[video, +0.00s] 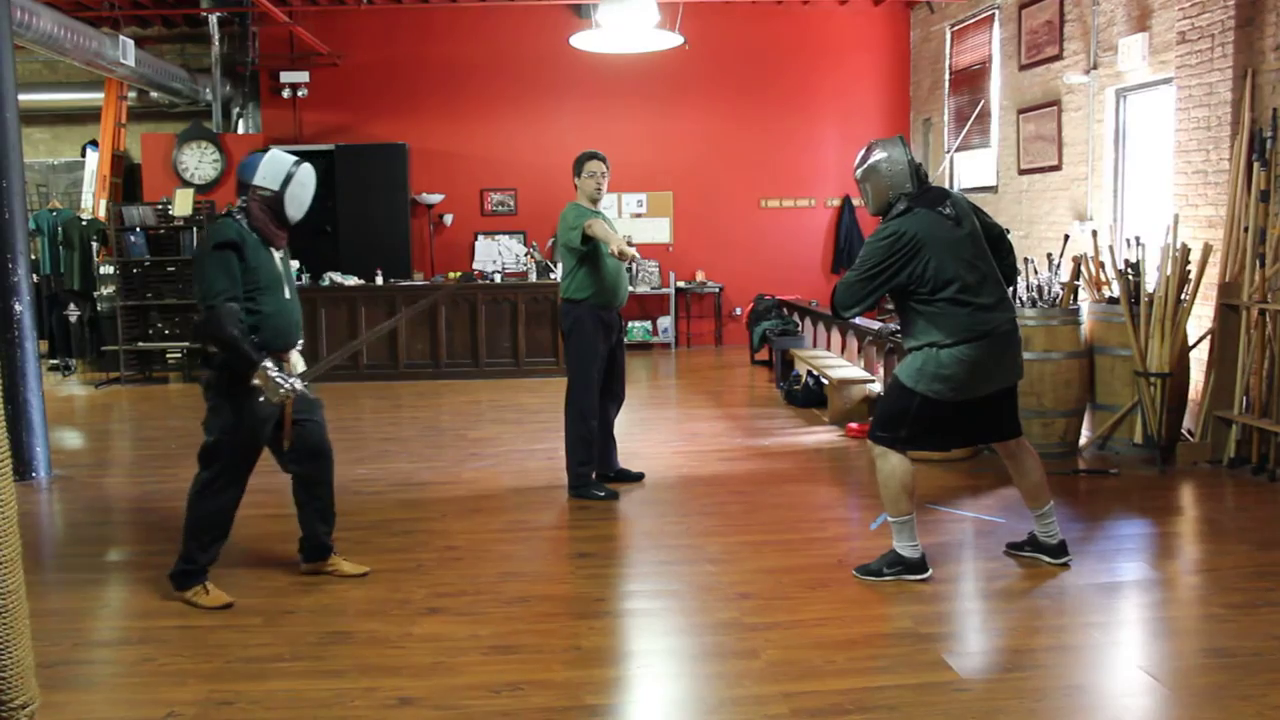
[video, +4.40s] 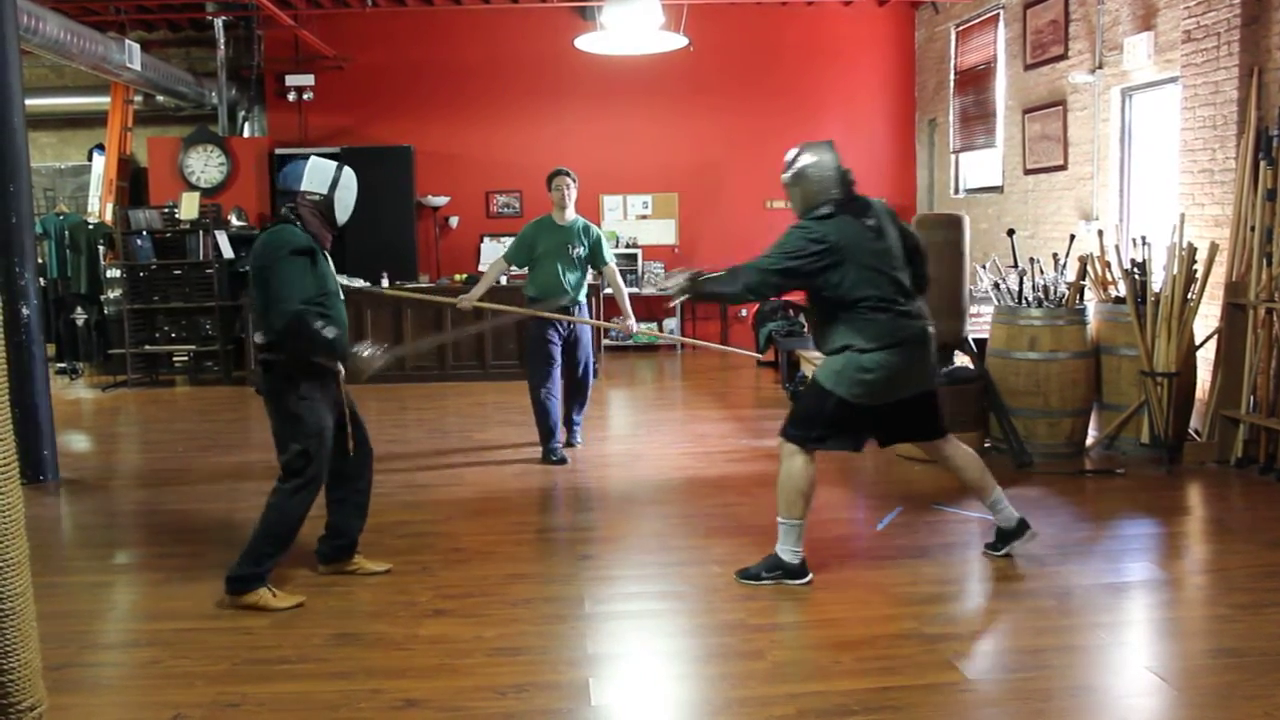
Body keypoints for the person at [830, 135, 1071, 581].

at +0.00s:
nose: (863, 198)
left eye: (865, 188)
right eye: (862, 188)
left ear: (883, 185)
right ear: (911, 177)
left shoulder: (895, 233)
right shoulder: (957, 205)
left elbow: (843, 302)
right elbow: (1003, 249)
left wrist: (882, 275)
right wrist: (992, 297)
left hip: (945, 355)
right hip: (1001, 346)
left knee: (886, 438)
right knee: (1009, 438)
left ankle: (907, 553)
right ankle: (1050, 538)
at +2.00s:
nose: (881, 193)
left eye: (882, 182)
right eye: (880, 183)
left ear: (899, 179)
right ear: (928, 172)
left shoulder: (910, 228)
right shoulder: (974, 206)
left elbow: (859, 296)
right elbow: (1016, 259)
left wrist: (888, 277)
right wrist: (992, 298)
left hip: (954, 356)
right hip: (1009, 348)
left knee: (898, 439)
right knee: (1016, 440)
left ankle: (911, 554)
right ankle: (1054, 539)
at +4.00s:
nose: (875, 186)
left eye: (877, 176)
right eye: (875, 177)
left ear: (894, 176)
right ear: (923, 170)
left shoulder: (906, 224)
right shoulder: (966, 206)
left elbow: (852, 293)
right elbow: (1005, 261)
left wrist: (892, 272)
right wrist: (983, 299)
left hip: (937, 353)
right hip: (990, 348)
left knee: (871, 431)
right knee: (976, 442)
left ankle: (887, 544)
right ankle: (1023, 538)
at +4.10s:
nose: (860, 188)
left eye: (863, 178)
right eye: (861, 179)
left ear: (881, 181)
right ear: (909, 176)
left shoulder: (890, 230)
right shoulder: (953, 211)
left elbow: (837, 296)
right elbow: (992, 259)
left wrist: (882, 269)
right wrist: (971, 298)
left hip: (922, 357)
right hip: (977, 351)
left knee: (858, 433)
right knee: (974, 446)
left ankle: (848, 547)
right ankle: (1023, 539)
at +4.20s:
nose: (841, 192)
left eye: (843, 183)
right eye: (841, 182)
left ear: (857, 184)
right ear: (891, 178)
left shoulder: (867, 231)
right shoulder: (934, 214)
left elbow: (812, 289)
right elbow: (970, 270)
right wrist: (942, 299)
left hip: (902, 360)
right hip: (958, 355)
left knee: (838, 437)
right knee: (971, 446)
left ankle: (809, 551)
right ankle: (1024, 538)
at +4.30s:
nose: (816, 195)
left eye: (819, 185)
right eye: (816, 186)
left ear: (836, 183)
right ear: (864, 178)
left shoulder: (842, 233)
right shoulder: (909, 215)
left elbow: (782, 286)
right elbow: (942, 277)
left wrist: (765, 269)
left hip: (879, 363)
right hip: (934, 357)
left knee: (814, 443)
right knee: (958, 445)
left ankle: (795, 557)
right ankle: (1020, 532)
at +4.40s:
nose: (789, 198)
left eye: (791, 189)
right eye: (788, 189)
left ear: (807, 187)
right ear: (837, 182)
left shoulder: (814, 234)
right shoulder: (881, 215)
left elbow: (755, 280)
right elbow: (916, 259)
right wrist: (901, 301)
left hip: (860, 358)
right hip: (913, 351)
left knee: (795, 443)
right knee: (938, 441)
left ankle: (788, 558)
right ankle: (1010, 520)